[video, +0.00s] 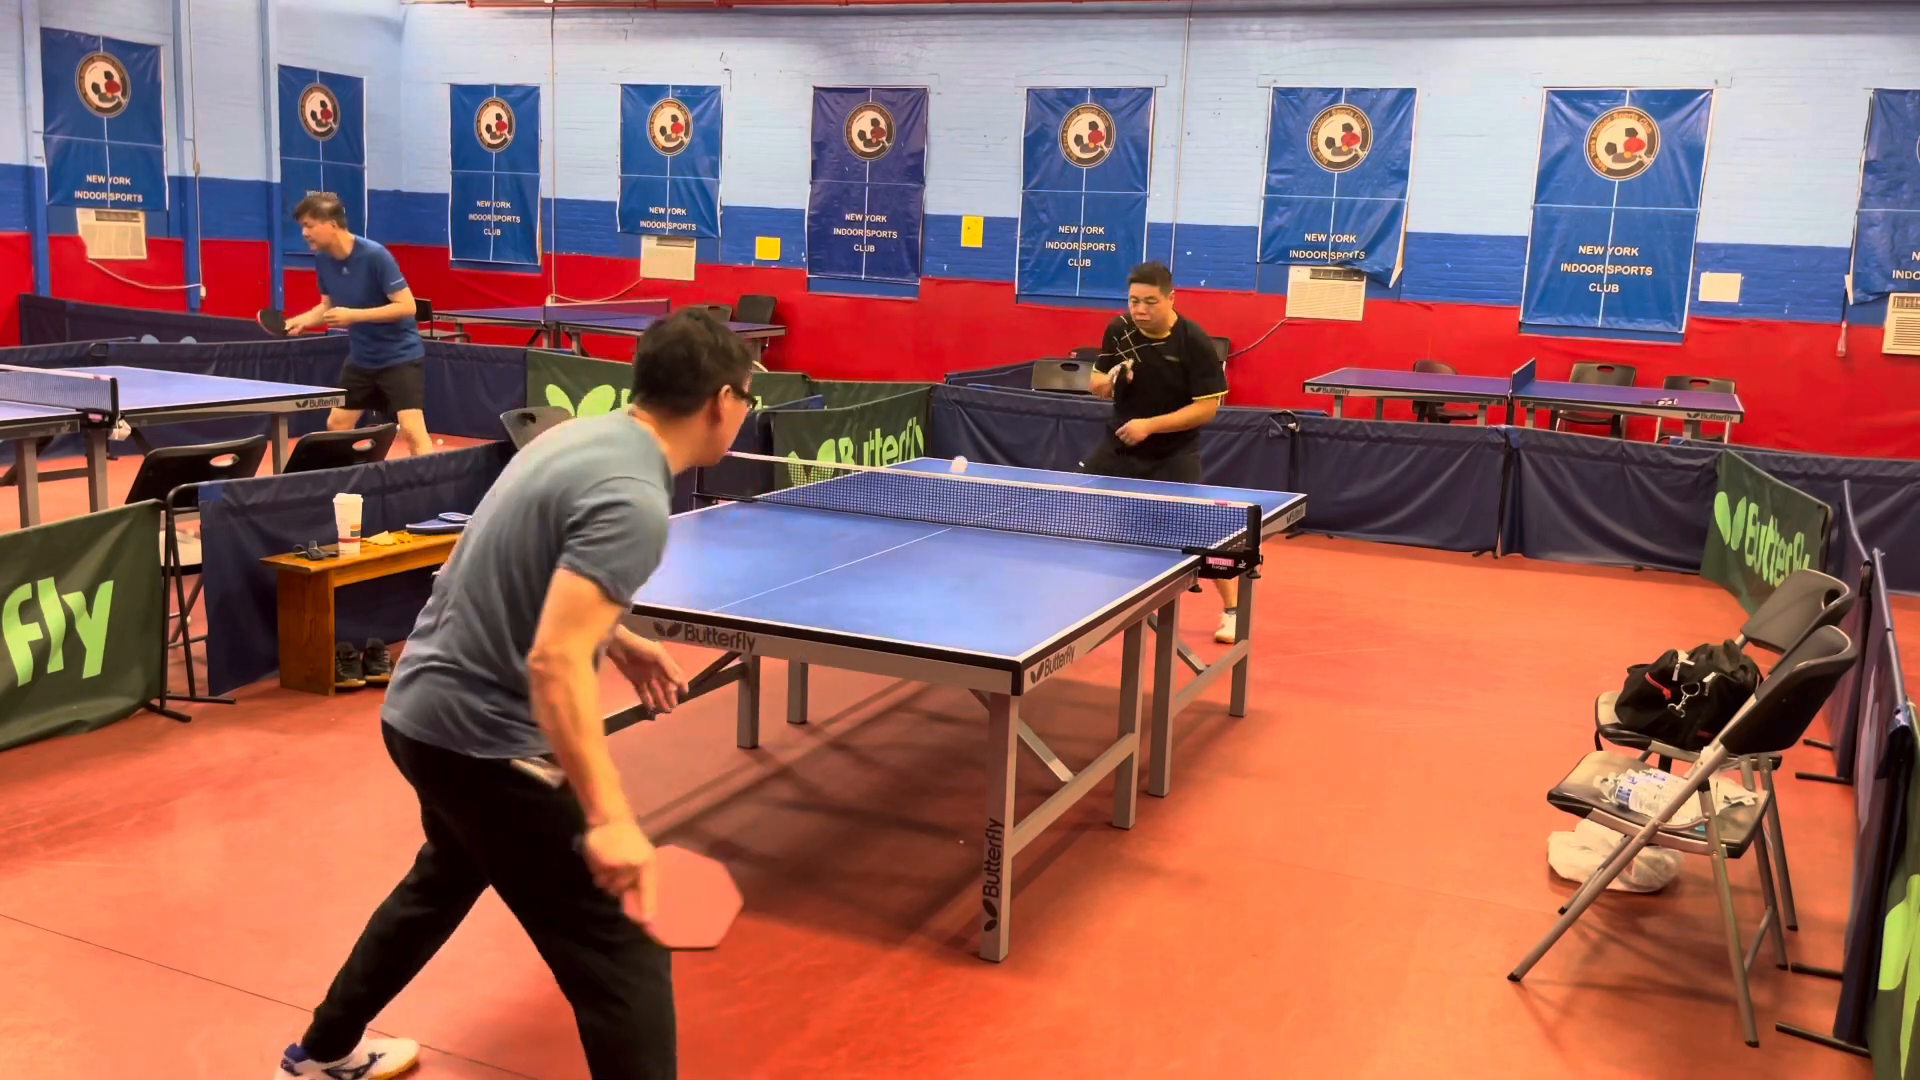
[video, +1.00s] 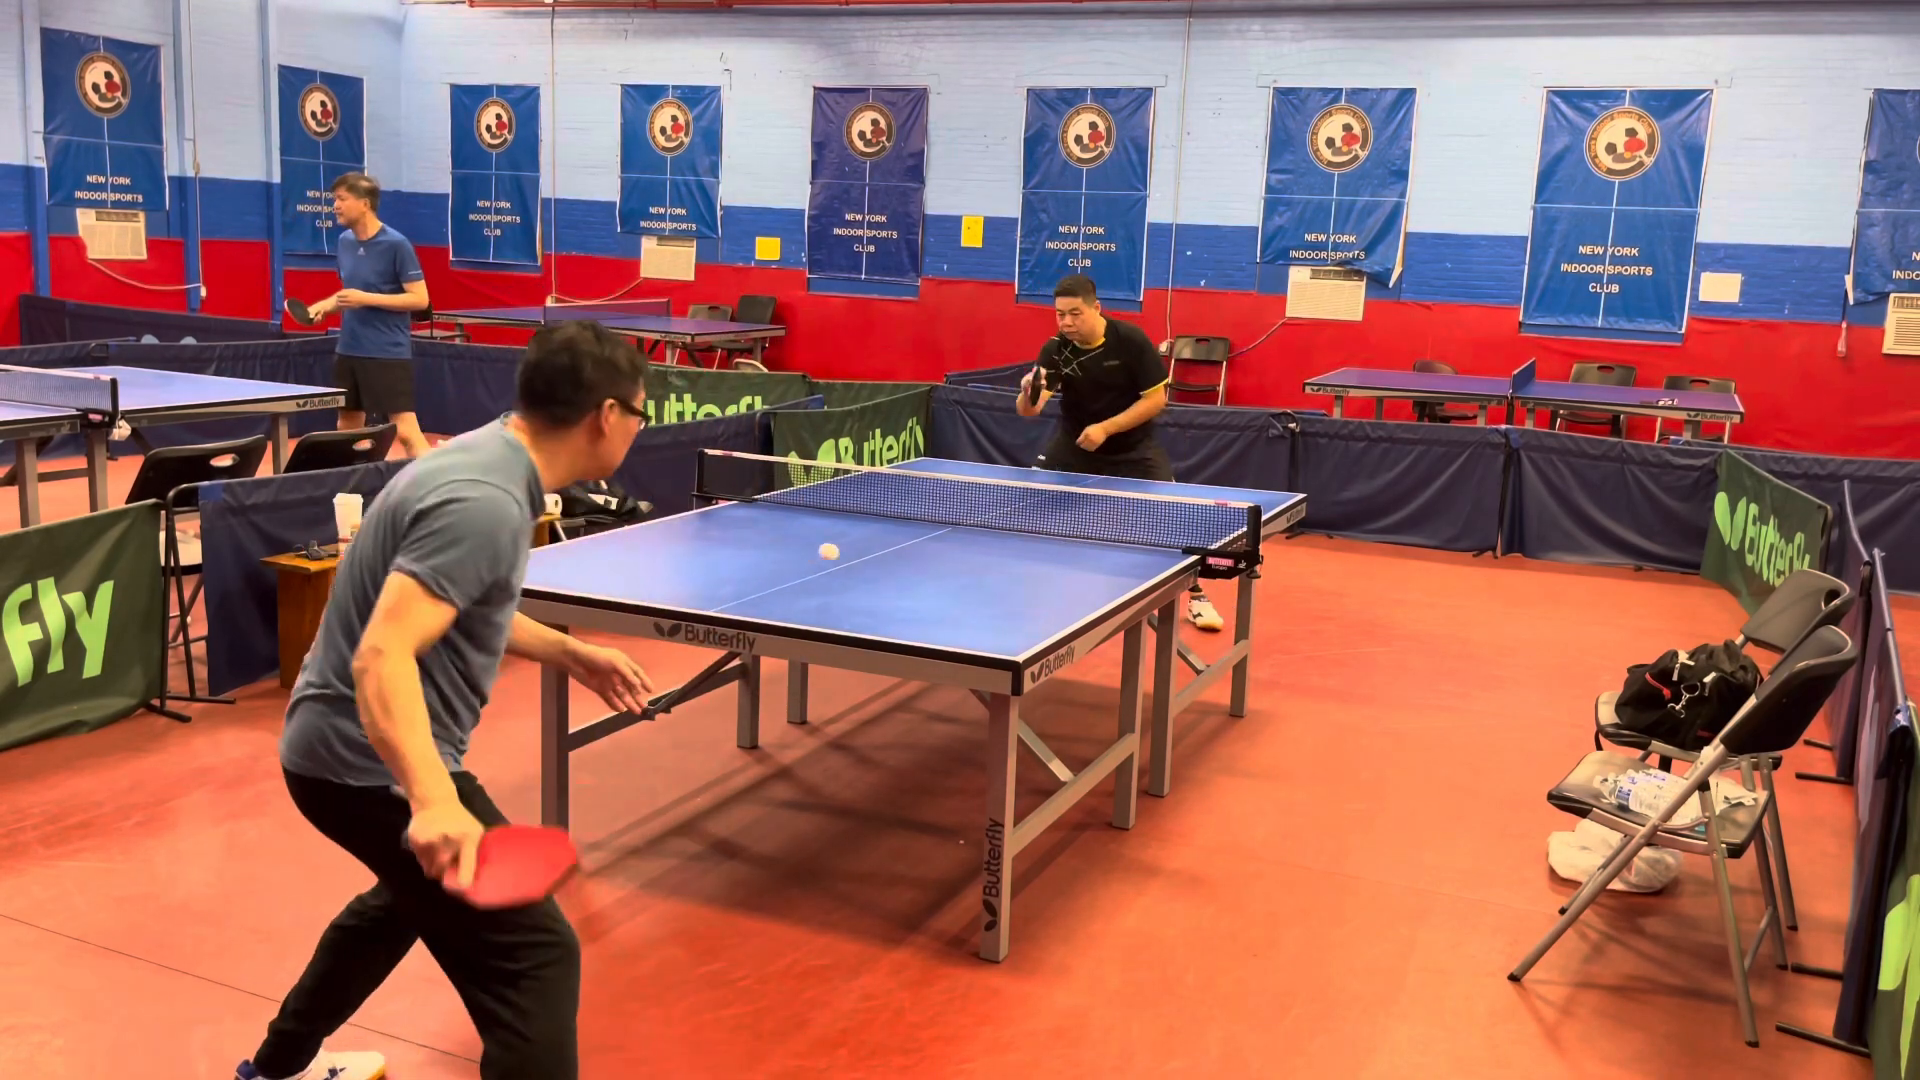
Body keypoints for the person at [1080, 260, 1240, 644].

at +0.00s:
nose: (1139, 310)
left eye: (1148, 302)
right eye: (1134, 301)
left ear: (1170, 299)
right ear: (1127, 298)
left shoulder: (1195, 341)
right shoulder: (1120, 329)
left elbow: (1208, 409)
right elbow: (1096, 385)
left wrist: (1149, 424)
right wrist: (1112, 379)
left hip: (1174, 452)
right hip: (1121, 445)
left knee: (1197, 522)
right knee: (1067, 497)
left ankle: (1231, 609)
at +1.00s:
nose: (1065, 323)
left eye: (1074, 314)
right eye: (1060, 314)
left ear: (1096, 309)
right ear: (1056, 312)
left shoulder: (1132, 342)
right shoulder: (1054, 351)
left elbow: (1157, 399)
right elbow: (1026, 410)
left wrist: (1106, 428)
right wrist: (1029, 393)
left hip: (1134, 448)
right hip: (1073, 447)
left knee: (1170, 512)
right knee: (1023, 500)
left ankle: (1196, 594)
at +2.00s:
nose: (1142, 320)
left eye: (1151, 312)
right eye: (1137, 312)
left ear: (1173, 309)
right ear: (1132, 313)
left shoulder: (1208, 349)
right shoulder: (1125, 355)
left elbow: (1229, 406)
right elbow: (1112, 419)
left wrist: (1180, 437)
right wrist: (1119, 411)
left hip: (1193, 458)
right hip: (1132, 455)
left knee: (1213, 523)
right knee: (1085, 507)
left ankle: (1247, 608)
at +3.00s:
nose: (1084, 325)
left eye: (1094, 316)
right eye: (1079, 316)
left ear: (1115, 313)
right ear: (1073, 315)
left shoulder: (1146, 350)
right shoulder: (1071, 353)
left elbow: (1165, 409)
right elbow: (1062, 405)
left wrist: (1112, 433)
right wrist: (1054, 427)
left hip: (1151, 447)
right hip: (1095, 445)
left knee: (1182, 512)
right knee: (1045, 497)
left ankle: (1210, 599)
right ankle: (1035, 585)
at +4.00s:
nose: (1078, 316)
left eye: (1087, 308)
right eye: (1073, 307)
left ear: (1109, 302)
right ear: (1069, 305)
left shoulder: (1139, 339)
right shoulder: (1082, 336)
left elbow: (1150, 407)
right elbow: (1081, 387)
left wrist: (1098, 420)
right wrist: (1057, 421)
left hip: (1153, 449)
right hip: (1104, 446)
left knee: (1181, 521)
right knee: (1056, 502)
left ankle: (1221, 602)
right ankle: (1042, 588)